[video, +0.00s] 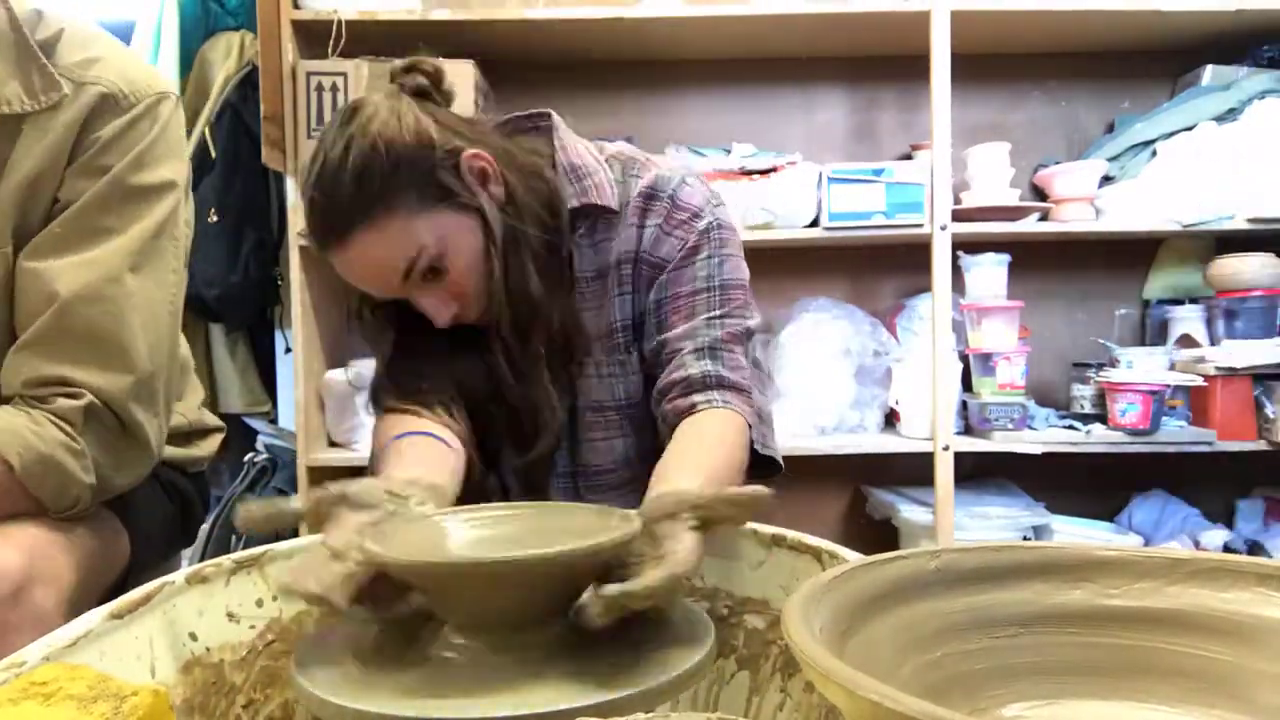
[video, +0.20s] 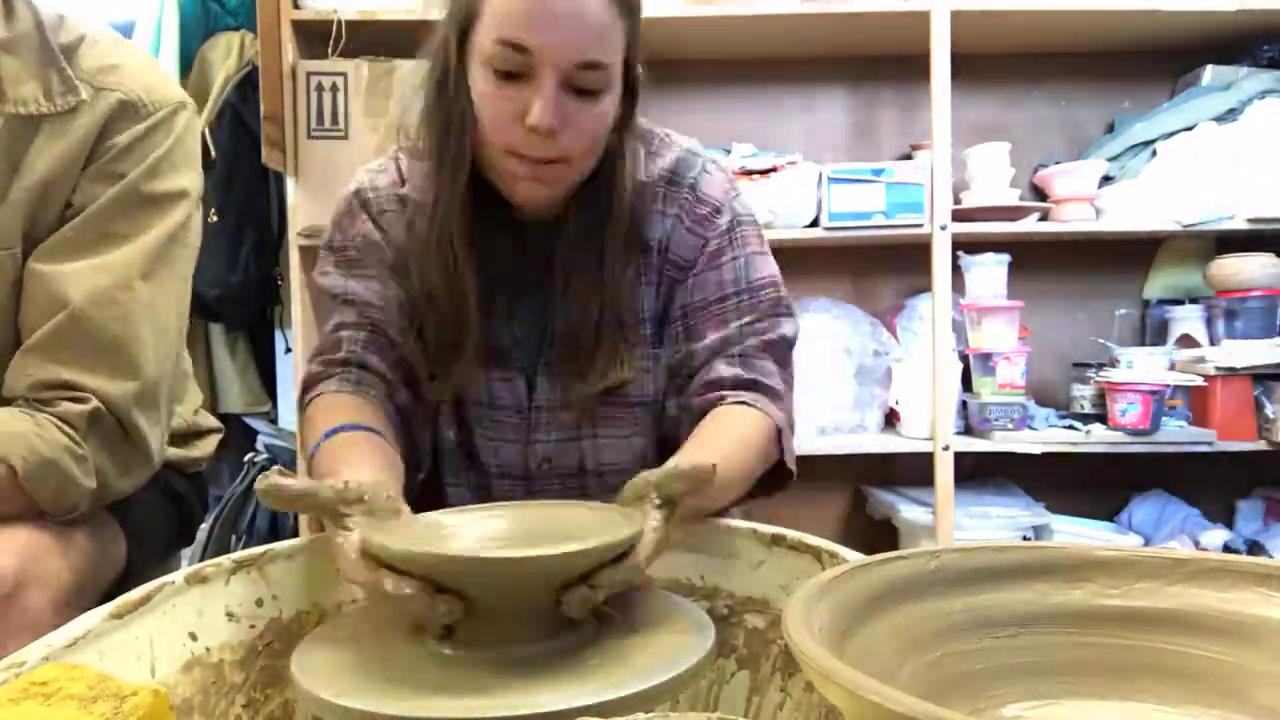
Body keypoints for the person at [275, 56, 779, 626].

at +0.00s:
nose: (438, 316)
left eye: (432, 272)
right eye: (406, 299)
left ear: (483, 179)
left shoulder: (671, 215)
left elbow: (714, 398)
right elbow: (423, 401)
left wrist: (672, 515)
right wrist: (404, 504)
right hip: (492, 597)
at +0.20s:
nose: (542, 120)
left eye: (585, 86)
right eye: (508, 73)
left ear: (626, 87)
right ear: (459, 64)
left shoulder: (693, 204)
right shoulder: (389, 208)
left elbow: (749, 392)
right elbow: (349, 373)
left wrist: (686, 488)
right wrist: (364, 484)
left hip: (642, 593)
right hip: (444, 594)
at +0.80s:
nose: (507, 166)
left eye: (536, 120)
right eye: (465, 133)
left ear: (597, 84)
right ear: (431, 121)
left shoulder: (702, 226)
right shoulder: (399, 245)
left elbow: (738, 412)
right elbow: (388, 407)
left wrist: (680, 509)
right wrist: (406, 505)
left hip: (651, 597)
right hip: (468, 602)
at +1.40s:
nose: (585, 128)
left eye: (631, 93)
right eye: (558, 84)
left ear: (693, 97)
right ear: (524, 84)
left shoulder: (738, 231)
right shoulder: (437, 202)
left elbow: (750, 414)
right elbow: (351, 352)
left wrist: (696, 500)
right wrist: (326, 458)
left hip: (637, 595)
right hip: (448, 584)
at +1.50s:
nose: (619, 139)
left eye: (667, 110)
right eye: (597, 94)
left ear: (727, 111)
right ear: (562, 81)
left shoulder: (753, 236)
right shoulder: (464, 193)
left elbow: (756, 414)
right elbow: (392, 347)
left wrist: (700, 499)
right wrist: (377, 443)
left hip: (645, 594)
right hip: (460, 586)